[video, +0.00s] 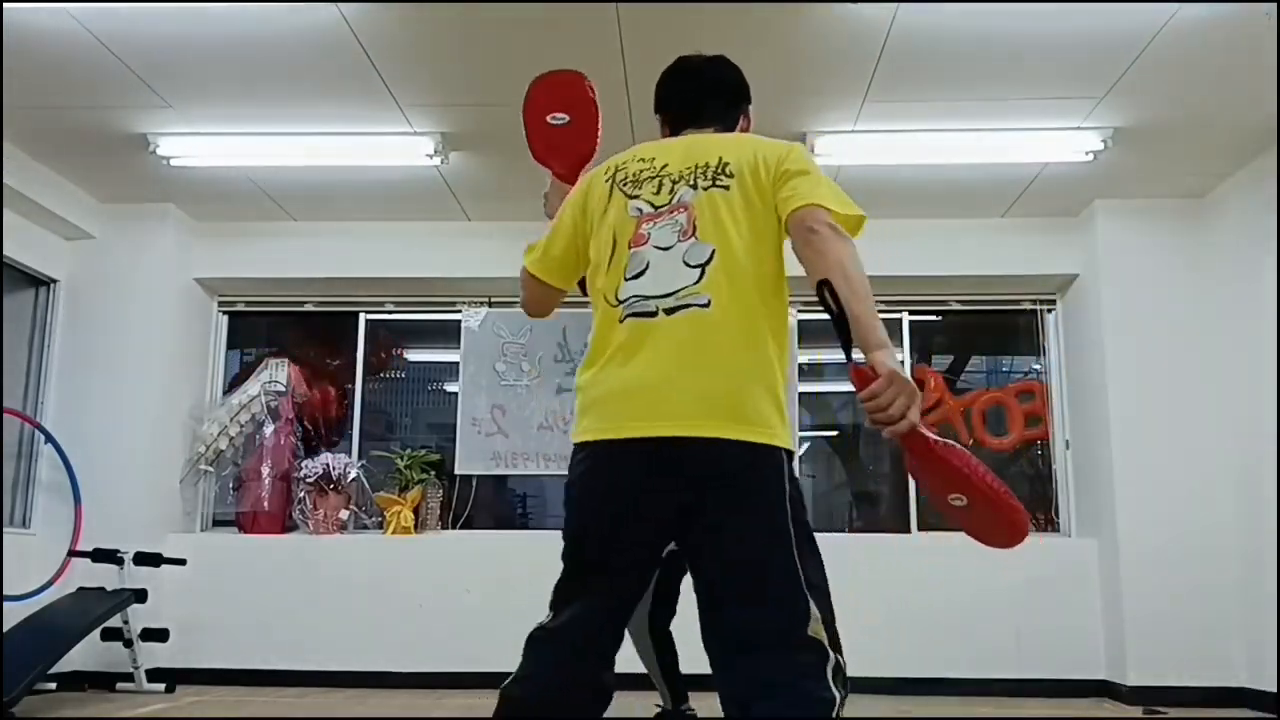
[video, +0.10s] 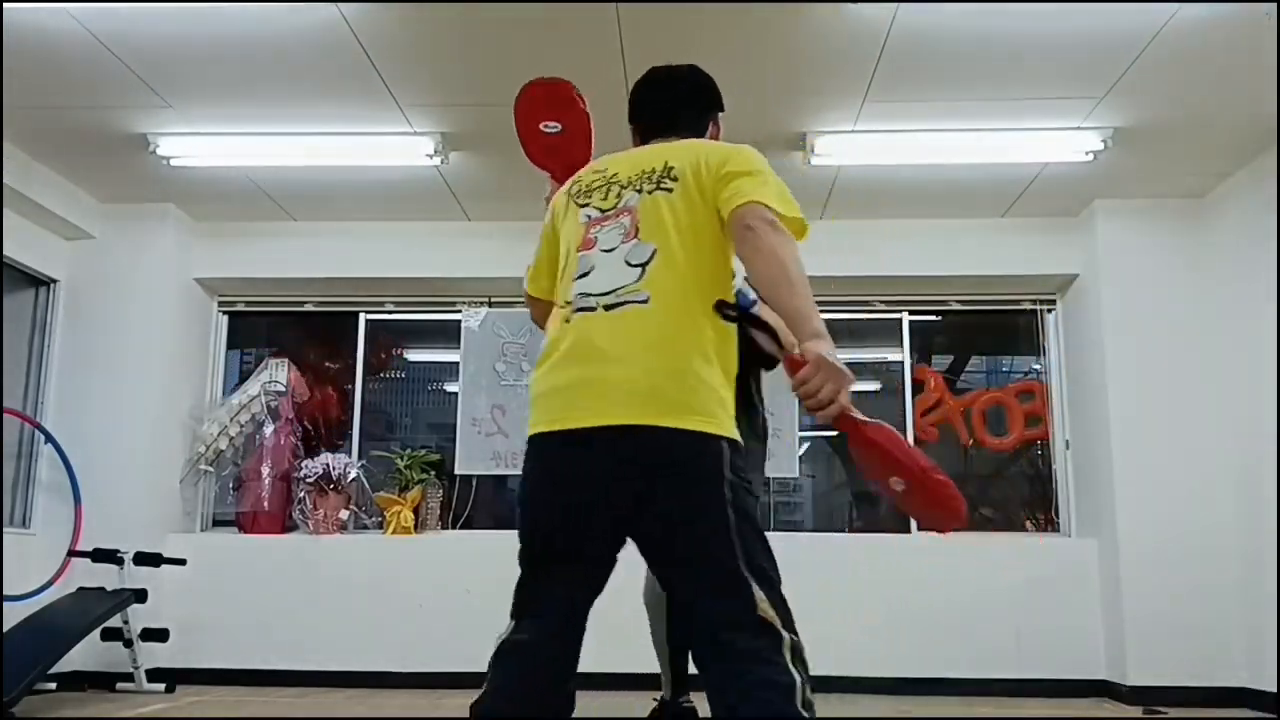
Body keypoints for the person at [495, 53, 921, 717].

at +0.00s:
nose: (751, 129)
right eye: (752, 121)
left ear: (662, 123)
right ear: (745, 120)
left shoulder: (603, 179)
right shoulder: (773, 157)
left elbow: (537, 299)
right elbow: (816, 231)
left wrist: (563, 217)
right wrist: (877, 349)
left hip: (614, 444)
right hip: (740, 442)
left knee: (577, 627)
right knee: (771, 647)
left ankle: (531, 708)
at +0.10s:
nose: (723, 133)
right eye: (722, 126)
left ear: (632, 127)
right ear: (711, 125)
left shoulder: (574, 189)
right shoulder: (723, 158)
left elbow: (543, 308)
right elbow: (754, 226)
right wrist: (814, 339)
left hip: (563, 433)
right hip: (680, 427)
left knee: (541, 620)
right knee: (737, 626)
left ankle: (504, 710)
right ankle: (770, 708)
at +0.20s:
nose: (676, 142)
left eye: (673, 137)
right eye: (674, 135)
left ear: (587, 138)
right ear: (664, 135)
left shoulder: (545, 190)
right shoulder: (669, 161)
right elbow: (692, 225)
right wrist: (748, 339)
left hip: (506, 412)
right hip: (609, 410)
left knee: (514, 624)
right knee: (661, 621)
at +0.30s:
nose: (637, 146)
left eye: (636, 141)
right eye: (636, 139)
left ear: (550, 144)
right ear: (624, 136)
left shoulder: (498, 203)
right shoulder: (631, 162)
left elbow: (501, 317)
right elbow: (651, 231)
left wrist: (621, 342)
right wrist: (709, 351)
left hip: (473, 419)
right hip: (572, 412)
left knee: (501, 628)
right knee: (633, 624)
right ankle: (583, 707)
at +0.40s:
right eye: (579, 154)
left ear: (498, 169)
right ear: (575, 155)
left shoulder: (447, 219)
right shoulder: (600, 176)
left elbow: (409, 321)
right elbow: (633, 231)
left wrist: (456, 384)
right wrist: (682, 359)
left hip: (446, 416)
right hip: (547, 402)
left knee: (483, 625)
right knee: (541, 630)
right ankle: (417, 709)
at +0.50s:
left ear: (445, 202)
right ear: (525, 188)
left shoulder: (407, 235)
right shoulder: (570, 207)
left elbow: (365, 322)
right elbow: (634, 256)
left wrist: (409, 403)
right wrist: (681, 377)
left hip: (407, 433)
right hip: (515, 423)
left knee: (474, 643)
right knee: (438, 645)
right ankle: (319, 711)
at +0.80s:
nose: (486, 132)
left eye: (487, 120)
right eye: (487, 116)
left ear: (391, 99)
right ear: (464, 98)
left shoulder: (316, 170)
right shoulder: (442, 128)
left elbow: (235, 298)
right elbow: (431, 243)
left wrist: (310, 378)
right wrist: (495, 398)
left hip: (276, 423)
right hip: (350, 416)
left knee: (391, 640)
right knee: (309, 670)